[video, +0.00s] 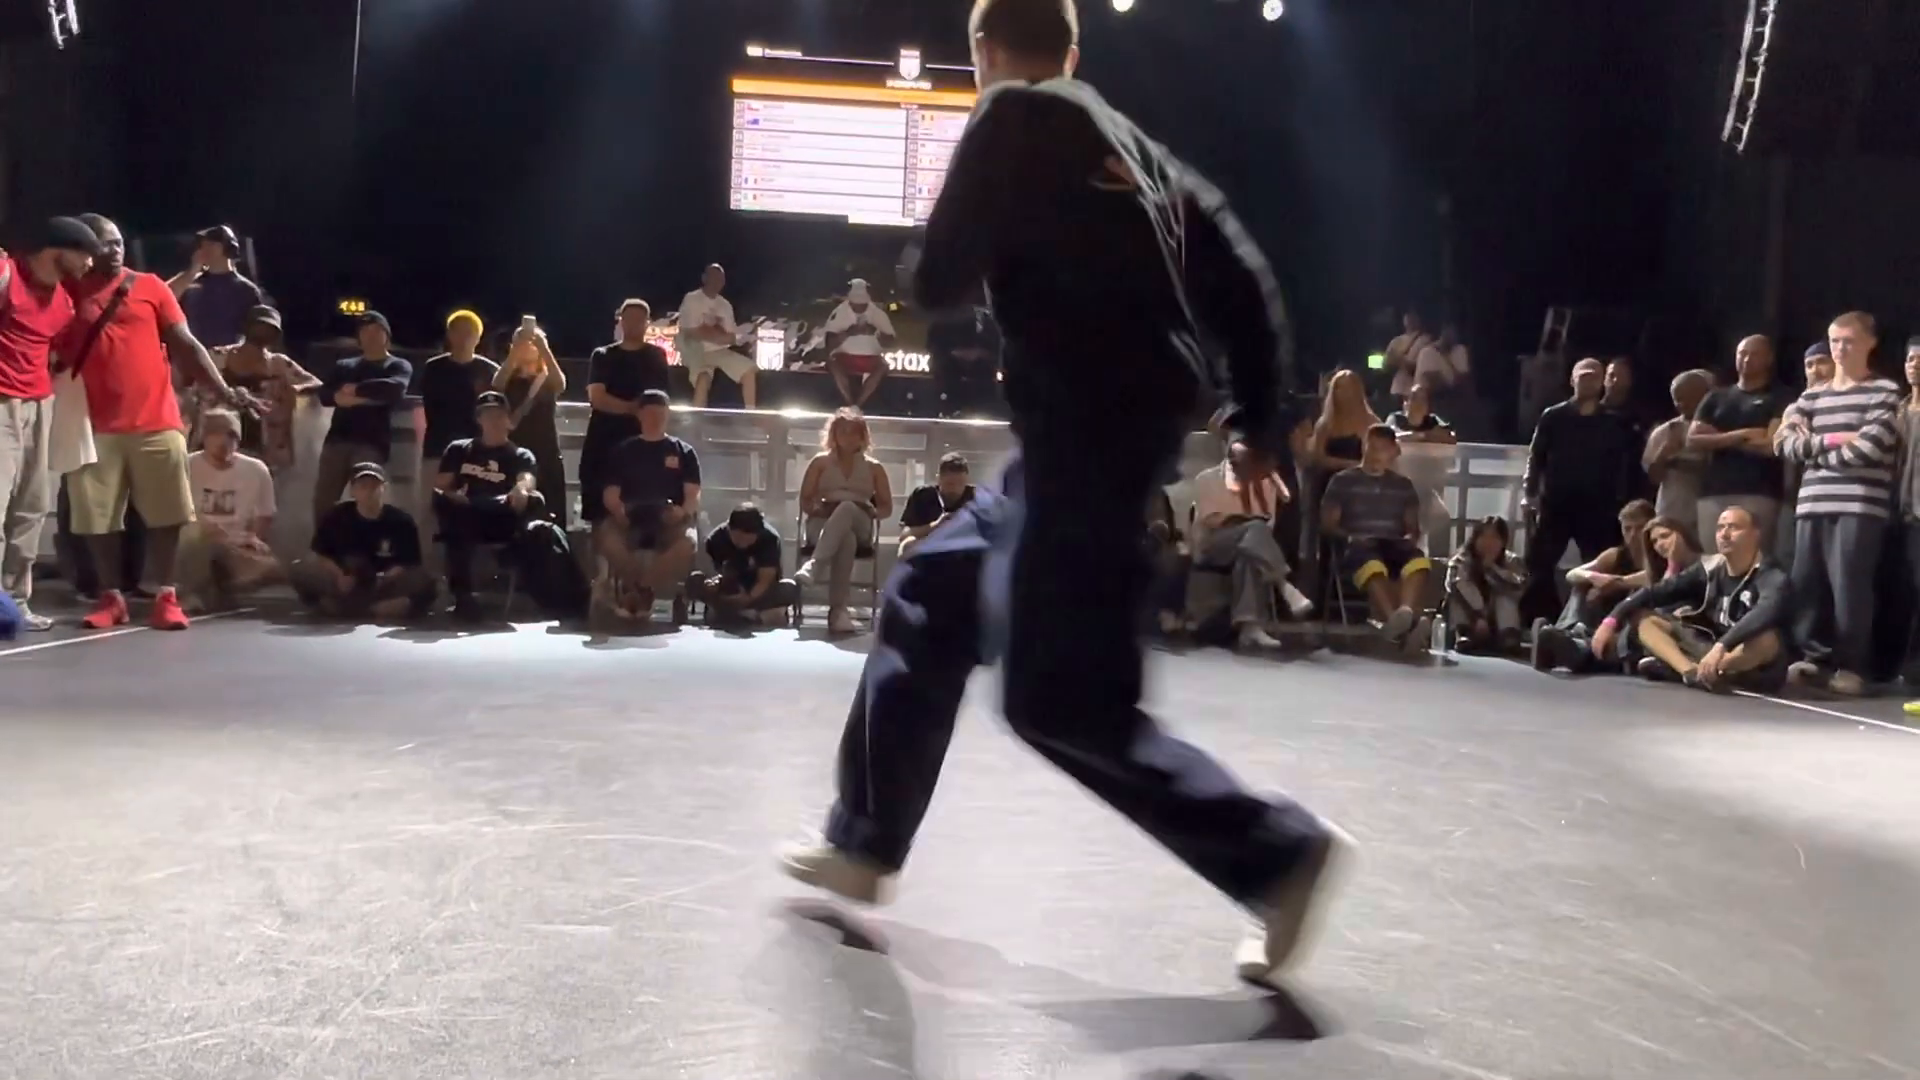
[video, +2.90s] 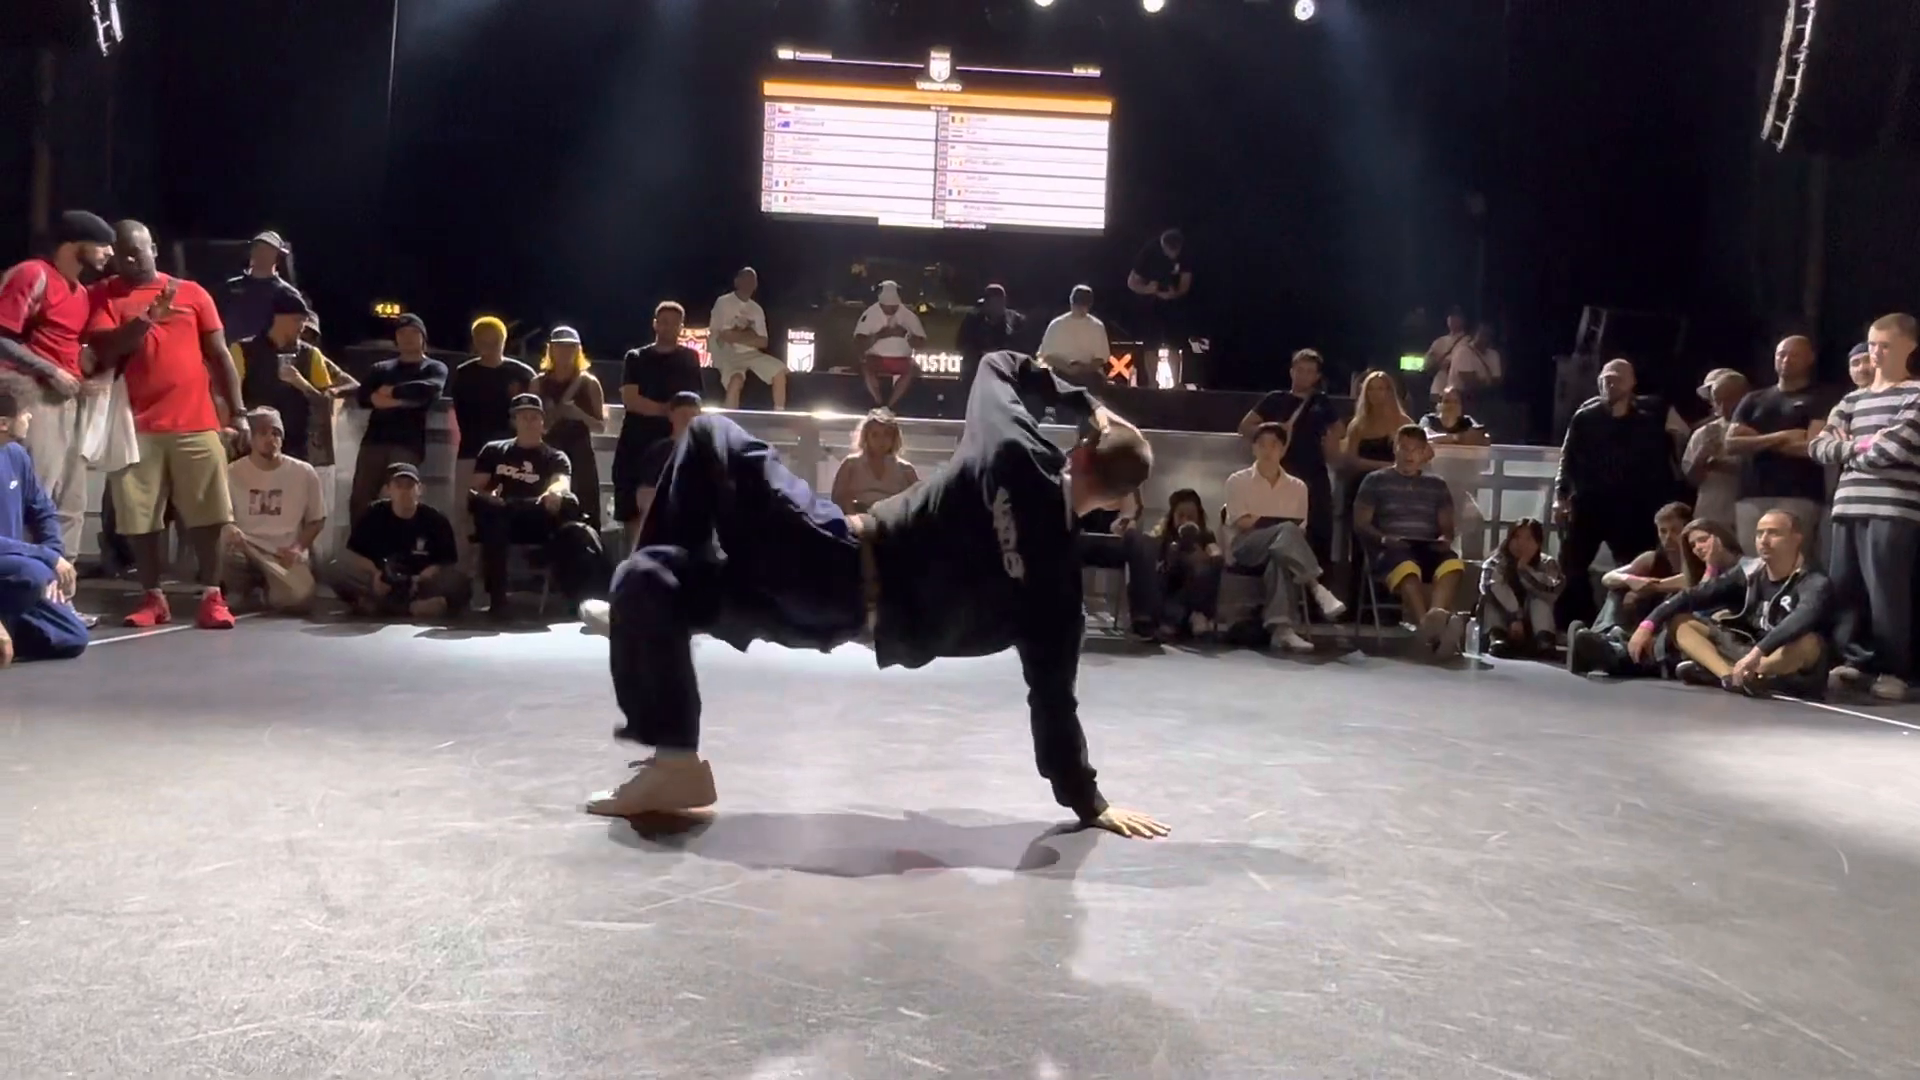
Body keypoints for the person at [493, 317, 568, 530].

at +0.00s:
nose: (528, 349)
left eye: (533, 345)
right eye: (523, 344)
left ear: (541, 350)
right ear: (513, 349)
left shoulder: (548, 379)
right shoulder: (507, 378)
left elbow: (559, 384)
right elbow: (497, 387)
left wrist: (544, 348)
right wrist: (515, 350)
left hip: (545, 447)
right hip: (514, 447)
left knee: (552, 509)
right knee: (514, 507)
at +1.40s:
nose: (545, 367)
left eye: (550, 362)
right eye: (539, 362)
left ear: (558, 368)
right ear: (529, 367)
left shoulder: (564, 397)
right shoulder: (523, 396)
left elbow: (576, 405)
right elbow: (514, 407)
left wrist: (560, 367)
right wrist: (530, 369)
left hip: (560, 466)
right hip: (530, 466)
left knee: (568, 527)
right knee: (529, 526)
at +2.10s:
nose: (552, 361)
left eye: (558, 356)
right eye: (546, 355)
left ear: (567, 359)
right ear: (538, 359)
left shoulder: (579, 391)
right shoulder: (529, 389)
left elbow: (584, 423)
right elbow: (525, 425)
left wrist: (566, 386)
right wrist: (541, 390)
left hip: (570, 463)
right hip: (539, 462)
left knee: (577, 523)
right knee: (540, 522)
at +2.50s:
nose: (558, 356)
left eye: (563, 351)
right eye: (553, 350)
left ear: (572, 355)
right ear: (545, 354)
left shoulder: (584, 386)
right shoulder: (535, 384)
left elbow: (592, 427)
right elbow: (532, 426)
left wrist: (574, 409)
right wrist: (553, 411)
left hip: (574, 454)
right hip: (544, 453)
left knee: (581, 513)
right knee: (543, 512)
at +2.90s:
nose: (564, 352)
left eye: (570, 347)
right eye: (559, 346)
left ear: (577, 351)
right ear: (550, 349)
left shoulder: (589, 383)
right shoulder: (538, 382)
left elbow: (601, 426)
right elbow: (533, 425)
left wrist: (579, 414)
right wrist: (552, 416)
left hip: (579, 450)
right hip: (547, 449)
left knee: (585, 509)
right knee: (547, 509)